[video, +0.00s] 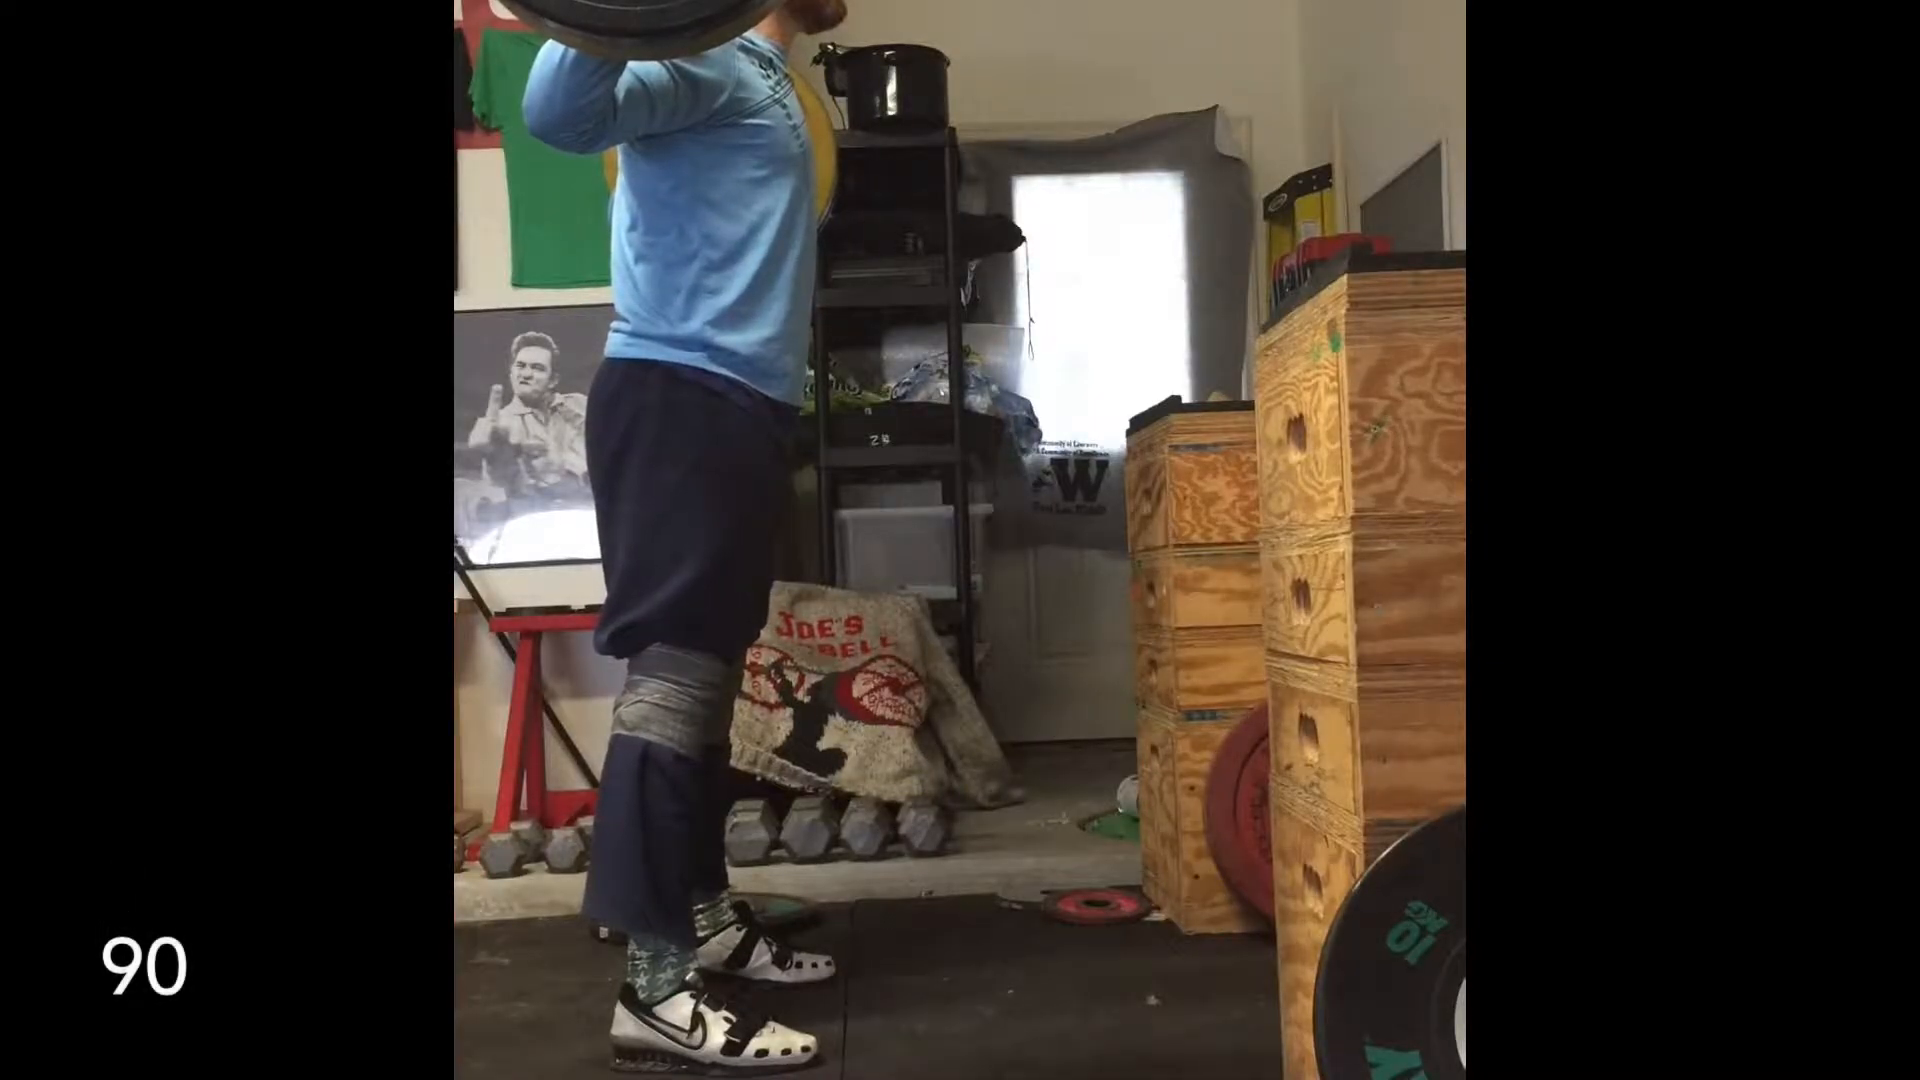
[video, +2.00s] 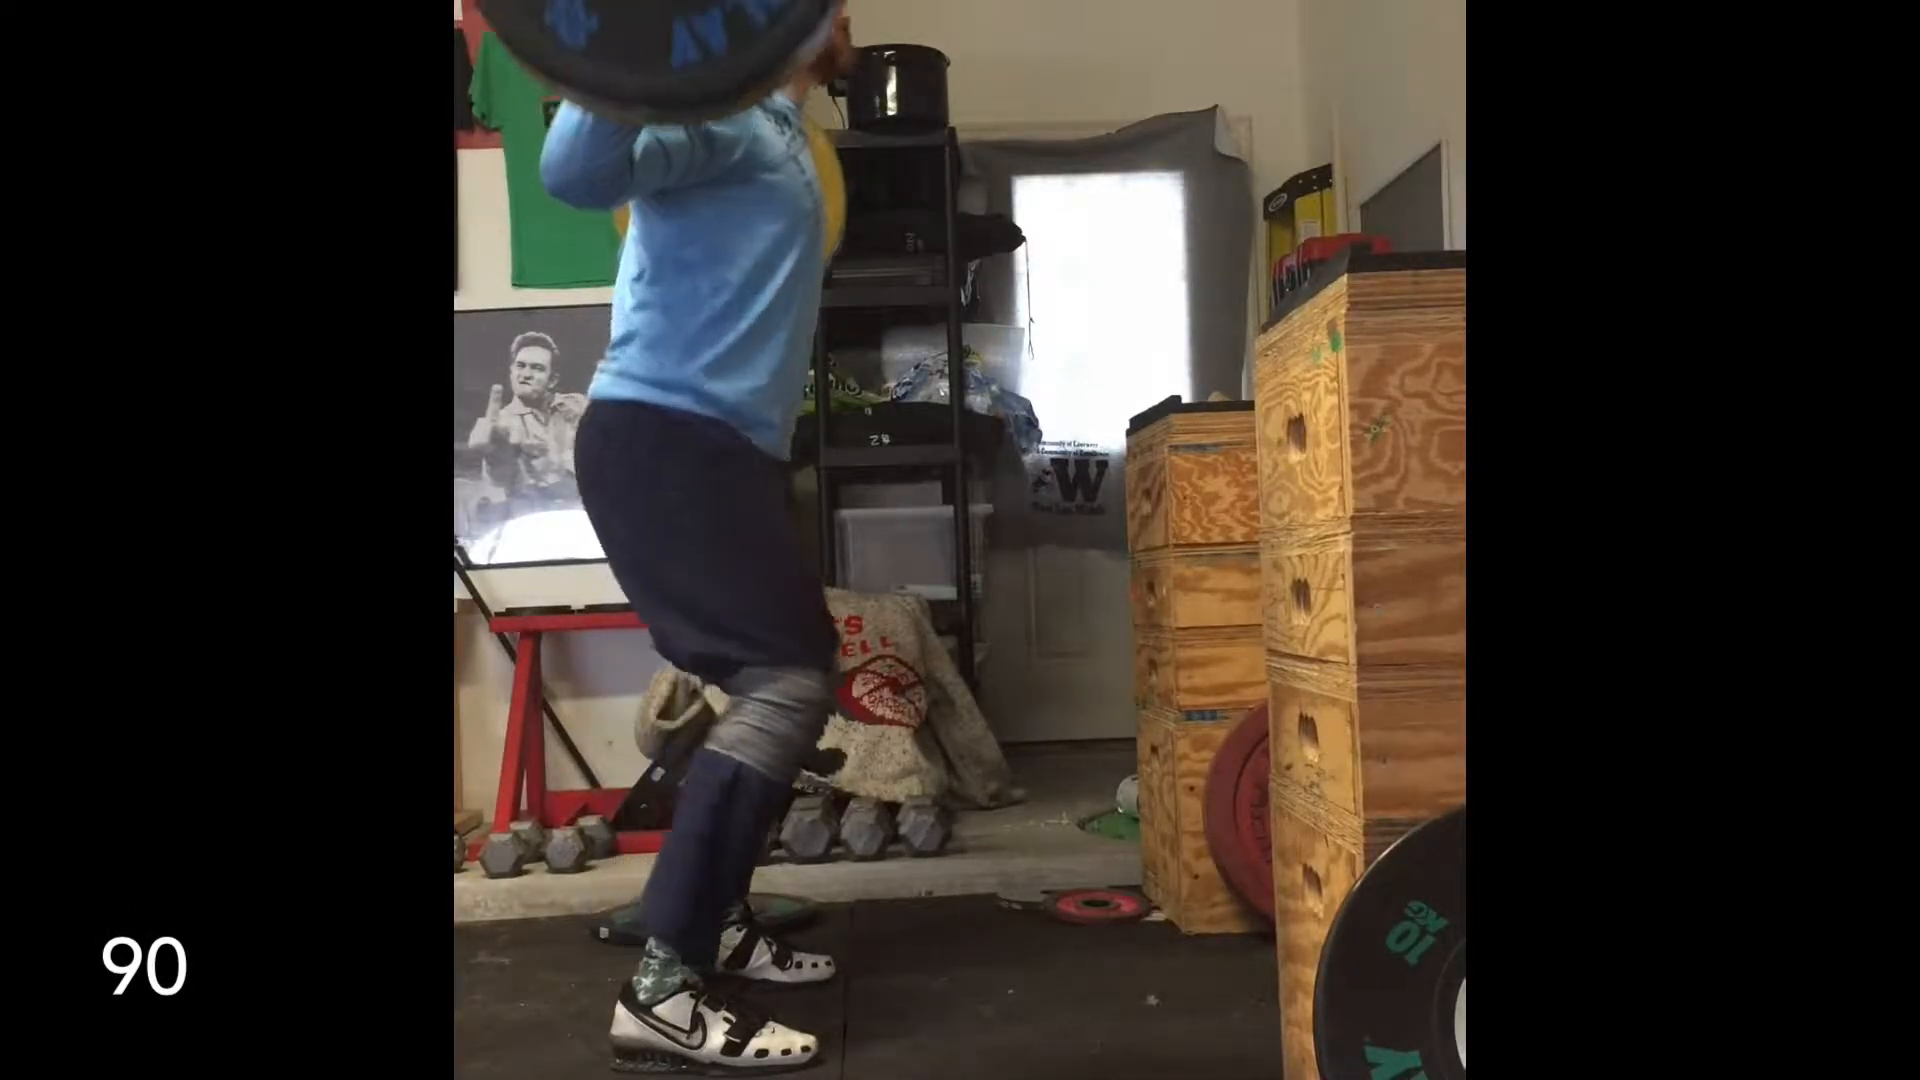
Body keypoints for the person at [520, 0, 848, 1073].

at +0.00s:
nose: (838, 7)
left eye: (836, 2)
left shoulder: (771, 77)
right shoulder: (705, 63)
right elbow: (556, 113)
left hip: (739, 407)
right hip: (681, 400)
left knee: (707, 673)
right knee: (675, 679)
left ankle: (699, 916)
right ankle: (655, 980)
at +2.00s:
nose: (845, 32)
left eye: (842, 18)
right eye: (832, 16)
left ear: (799, 36)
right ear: (788, 24)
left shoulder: (790, 129)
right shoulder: (720, 118)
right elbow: (573, 171)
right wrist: (631, 38)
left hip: (721, 442)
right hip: (665, 436)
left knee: (776, 677)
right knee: (785, 681)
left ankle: (711, 915)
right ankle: (665, 978)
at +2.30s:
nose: (827, 125)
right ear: (755, 114)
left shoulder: (800, 214)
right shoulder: (726, 207)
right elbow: (586, 271)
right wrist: (645, 142)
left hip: (718, 510)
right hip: (673, 509)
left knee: (837, 707)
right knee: (849, 721)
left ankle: (737, 925)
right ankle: (674, 984)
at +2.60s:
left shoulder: (791, 66)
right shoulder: (727, 55)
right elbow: (609, 131)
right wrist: (640, 21)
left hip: (762, 393)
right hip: (701, 387)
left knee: (755, 658)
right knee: (746, 659)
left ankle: (705, 920)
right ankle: (659, 980)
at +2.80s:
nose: (878, 115)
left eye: (879, 94)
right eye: (866, 90)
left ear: (814, 89)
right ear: (805, 80)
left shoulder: (805, 196)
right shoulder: (733, 163)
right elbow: (678, 29)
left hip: (686, 488)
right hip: (631, 488)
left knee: (805, 684)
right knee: (799, 704)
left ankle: (713, 922)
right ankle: (664, 988)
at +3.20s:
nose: (877, 277)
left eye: (879, 257)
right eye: (867, 253)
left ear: (821, 247)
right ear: (804, 237)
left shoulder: (811, 348)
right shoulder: (734, 309)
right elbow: (727, 173)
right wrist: (717, 40)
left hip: (697, 613)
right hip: (614, 611)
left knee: (842, 703)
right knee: (827, 730)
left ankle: (739, 915)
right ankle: (665, 987)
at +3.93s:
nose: (905, 437)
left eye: (905, 417)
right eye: (892, 414)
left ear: (839, 409)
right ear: (832, 404)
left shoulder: (838, 513)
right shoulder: (756, 475)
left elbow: (772, 655)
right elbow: (756, 343)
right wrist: (737, 174)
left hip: (697, 760)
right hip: (615, 777)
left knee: (863, 712)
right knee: (851, 756)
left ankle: (749, 935)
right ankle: (674, 989)